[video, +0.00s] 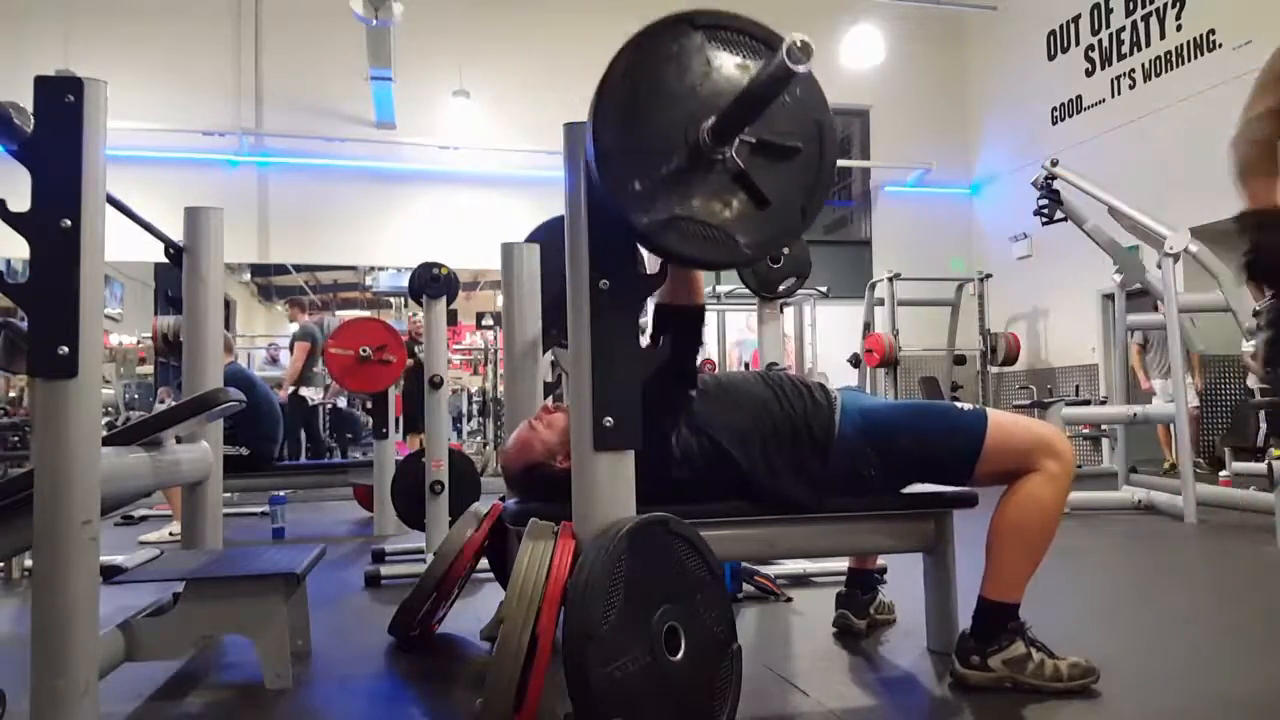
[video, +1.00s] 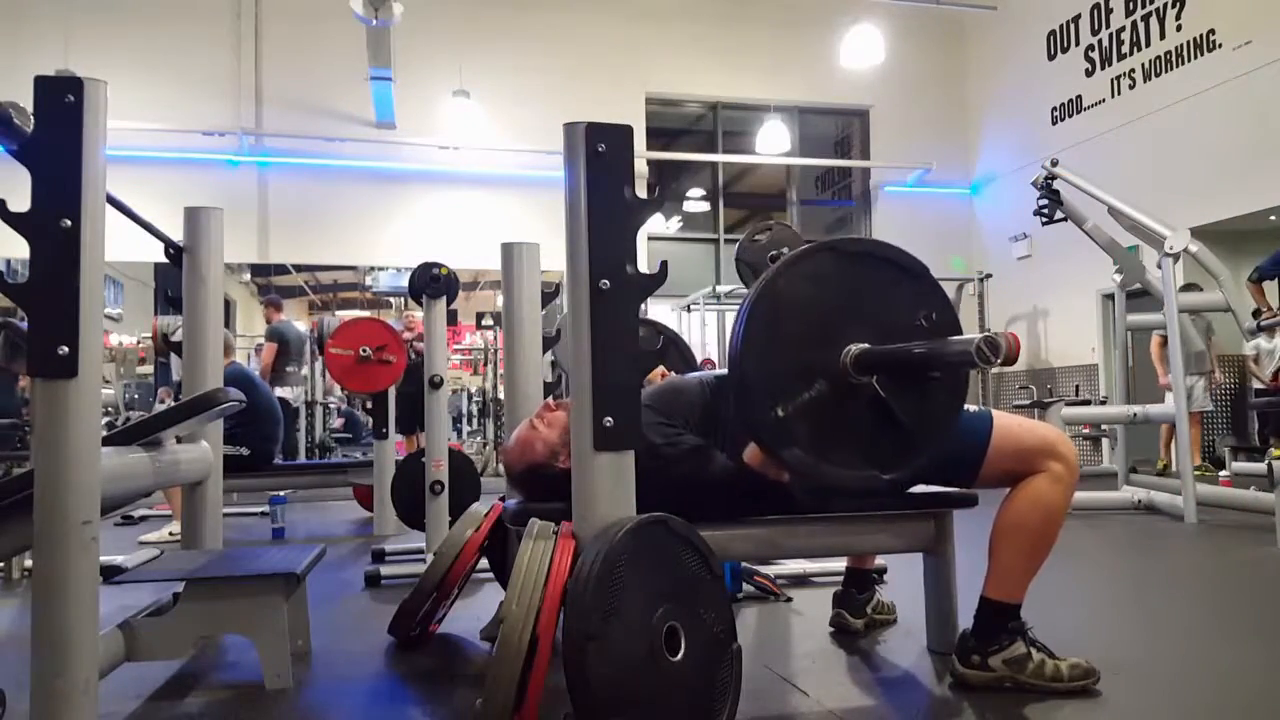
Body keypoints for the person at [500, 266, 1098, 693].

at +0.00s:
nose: (546, 410)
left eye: (534, 413)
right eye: (538, 427)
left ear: (555, 426)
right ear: (559, 466)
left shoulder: (610, 433)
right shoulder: (628, 453)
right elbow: (678, 325)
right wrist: (687, 211)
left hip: (812, 428)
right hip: (837, 438)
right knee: (1050, 451)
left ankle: (862, 591)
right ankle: (993, 639)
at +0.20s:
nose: (541, 414)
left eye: (530, 416)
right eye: (532, 429)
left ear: (546, 445)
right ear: (551, 464)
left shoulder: (592, 447)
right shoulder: (624, 467)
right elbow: (698, 393)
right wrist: (714, 267)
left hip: (798, 428)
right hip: (833, 438)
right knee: (1050, 451)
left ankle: (858, 594)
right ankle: (992, 642)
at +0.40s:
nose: (537, 421)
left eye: (530, 420)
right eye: (531, 429)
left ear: (533, 440)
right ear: (533, 459)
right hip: (803, 433)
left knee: (891, 435)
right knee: (1051, 454)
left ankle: (857, 591)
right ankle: (993, 637)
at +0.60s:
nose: (542, 414)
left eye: (529, 420)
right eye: (534, 429)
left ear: (539, 439)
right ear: (545, 461)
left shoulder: (599, 430)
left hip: (774, 427)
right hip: (821, 439)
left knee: (894, 437)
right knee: (1052, 455)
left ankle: (857, 591)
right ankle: (993, 637)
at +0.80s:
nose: (544, 411)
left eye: (532, 417)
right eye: (537, 428)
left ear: (548, 424)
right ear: (552, 463)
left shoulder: (608, 429)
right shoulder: (619, 462)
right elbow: (749, 461)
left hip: (790, 430)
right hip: (826, 446)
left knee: (895, 442)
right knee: (1053, 453)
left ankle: (856, 593)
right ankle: (992, 638)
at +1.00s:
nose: (544, 408)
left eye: (533, 414)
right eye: (537, 426)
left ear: (554, 436)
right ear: (555, 458)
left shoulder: (611, 428)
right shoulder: (627, 442)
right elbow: (766, 466)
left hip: (802, 436)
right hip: (833, 447)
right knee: (1053, 456)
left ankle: (856, 595)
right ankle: (992, 639)